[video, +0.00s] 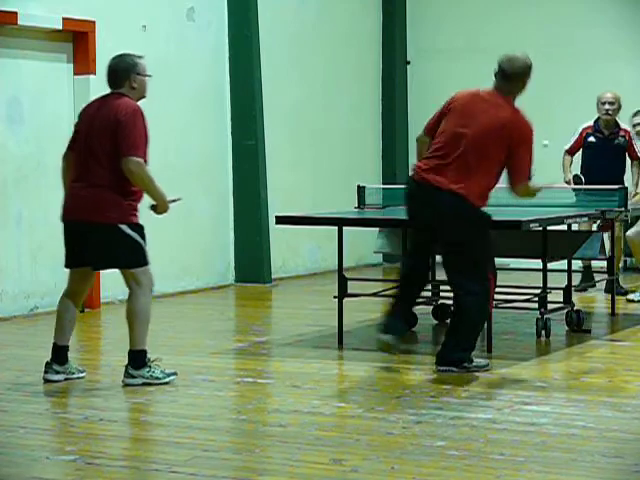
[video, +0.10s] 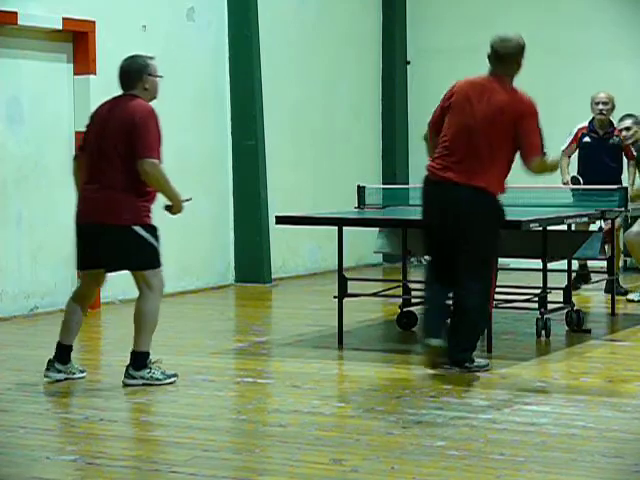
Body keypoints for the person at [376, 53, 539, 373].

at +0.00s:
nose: (521, 85)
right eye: (524, 80)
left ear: (495, 75)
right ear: (524, 83)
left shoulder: (462, 98)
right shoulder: (518, 125)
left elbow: (424, 139)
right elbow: (519, 187)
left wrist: (426, 177)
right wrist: (532, 190)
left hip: (421, 193)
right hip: (460, 206)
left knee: (419, 257)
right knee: (476, 282)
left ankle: (395, 325)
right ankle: (454, 357)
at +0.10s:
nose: (520, 66)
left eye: (516, 59)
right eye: (521, 61)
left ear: (490, 59)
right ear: (519, 63)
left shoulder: (462, 88)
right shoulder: (521, 105)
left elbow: (432, 133)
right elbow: (534, 163)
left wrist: (445, 168)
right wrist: (556, 162)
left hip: (437, 191)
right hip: (479, 199)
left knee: (440, 264)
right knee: (477, 276)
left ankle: (432, 335)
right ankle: (460, 356)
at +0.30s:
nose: (515, 59)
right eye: (516, 54)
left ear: (484, 57)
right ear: (515, 56)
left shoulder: (465, 96)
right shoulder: (527, 93)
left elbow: (454, 147)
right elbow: (546, 148)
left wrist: (490, 151)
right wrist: (565, 147)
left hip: (466, 199)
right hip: (511, 200)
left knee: (474, 281)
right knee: (514, 283)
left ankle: (472, 367)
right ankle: (488, 360)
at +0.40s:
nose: (511, 63)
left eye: (503, 57)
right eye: (521, 57)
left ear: (497, 59)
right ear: (528, 59)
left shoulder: (477, 99)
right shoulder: (542, 98)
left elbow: (463, 156)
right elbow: (561, 158)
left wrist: (497, 163)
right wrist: (553, 150)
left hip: (478, 203)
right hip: (526, 204)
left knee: (475, 285)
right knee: (545, 275)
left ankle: (474, 369)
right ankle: (533, 354)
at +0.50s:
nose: (539, 65)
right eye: (544, 58)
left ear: (516, 60)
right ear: (547, 61)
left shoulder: (492, 99)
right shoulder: (562, 101)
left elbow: (470, 157)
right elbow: (580, 159)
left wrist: (483, 190)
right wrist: (563, 177)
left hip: (492, 204)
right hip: (542, 207)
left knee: (477, 287)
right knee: (568, 281)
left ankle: (473, 370)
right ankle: (573, 352)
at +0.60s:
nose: (557, 69)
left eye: (547, 63)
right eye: (563, 63)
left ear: (538, 65)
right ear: (570, 67)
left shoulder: (513, 102)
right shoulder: (586, 106)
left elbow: (482, 156)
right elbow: (598, 169)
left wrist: (481, 206)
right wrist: (565, 183)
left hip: (514, 210)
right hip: (565, 214)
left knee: (489, 289)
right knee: (582, 293)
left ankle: (474, 368)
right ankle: (611, 365)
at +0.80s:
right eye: (611, 71)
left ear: (579, 69)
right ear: (612, 73)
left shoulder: (553, 104)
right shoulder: (628, 115)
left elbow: (528, 159)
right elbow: (638, 175)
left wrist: (512, 213)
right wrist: (622, 202)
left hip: (553, 218)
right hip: (606, 221)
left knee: (523, 295)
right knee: (620, 306)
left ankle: (480, 366)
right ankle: (632, 389)